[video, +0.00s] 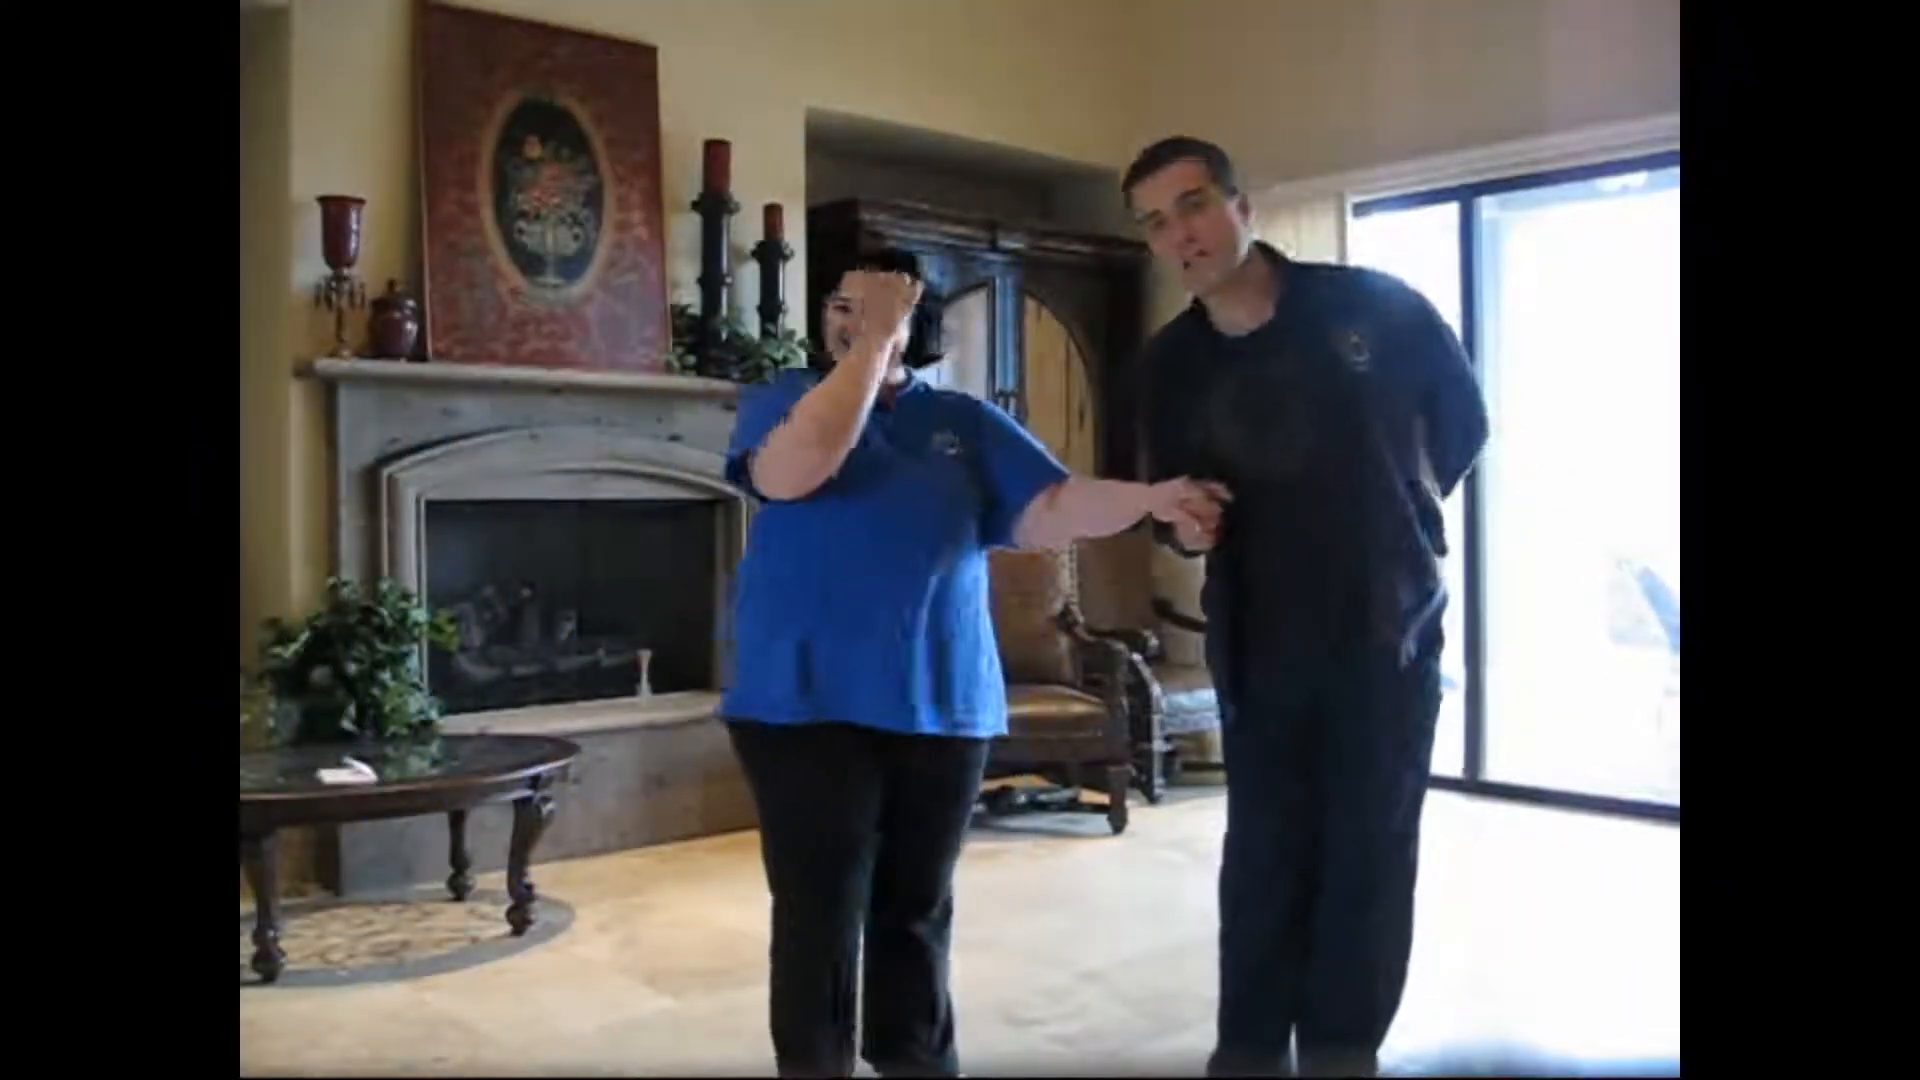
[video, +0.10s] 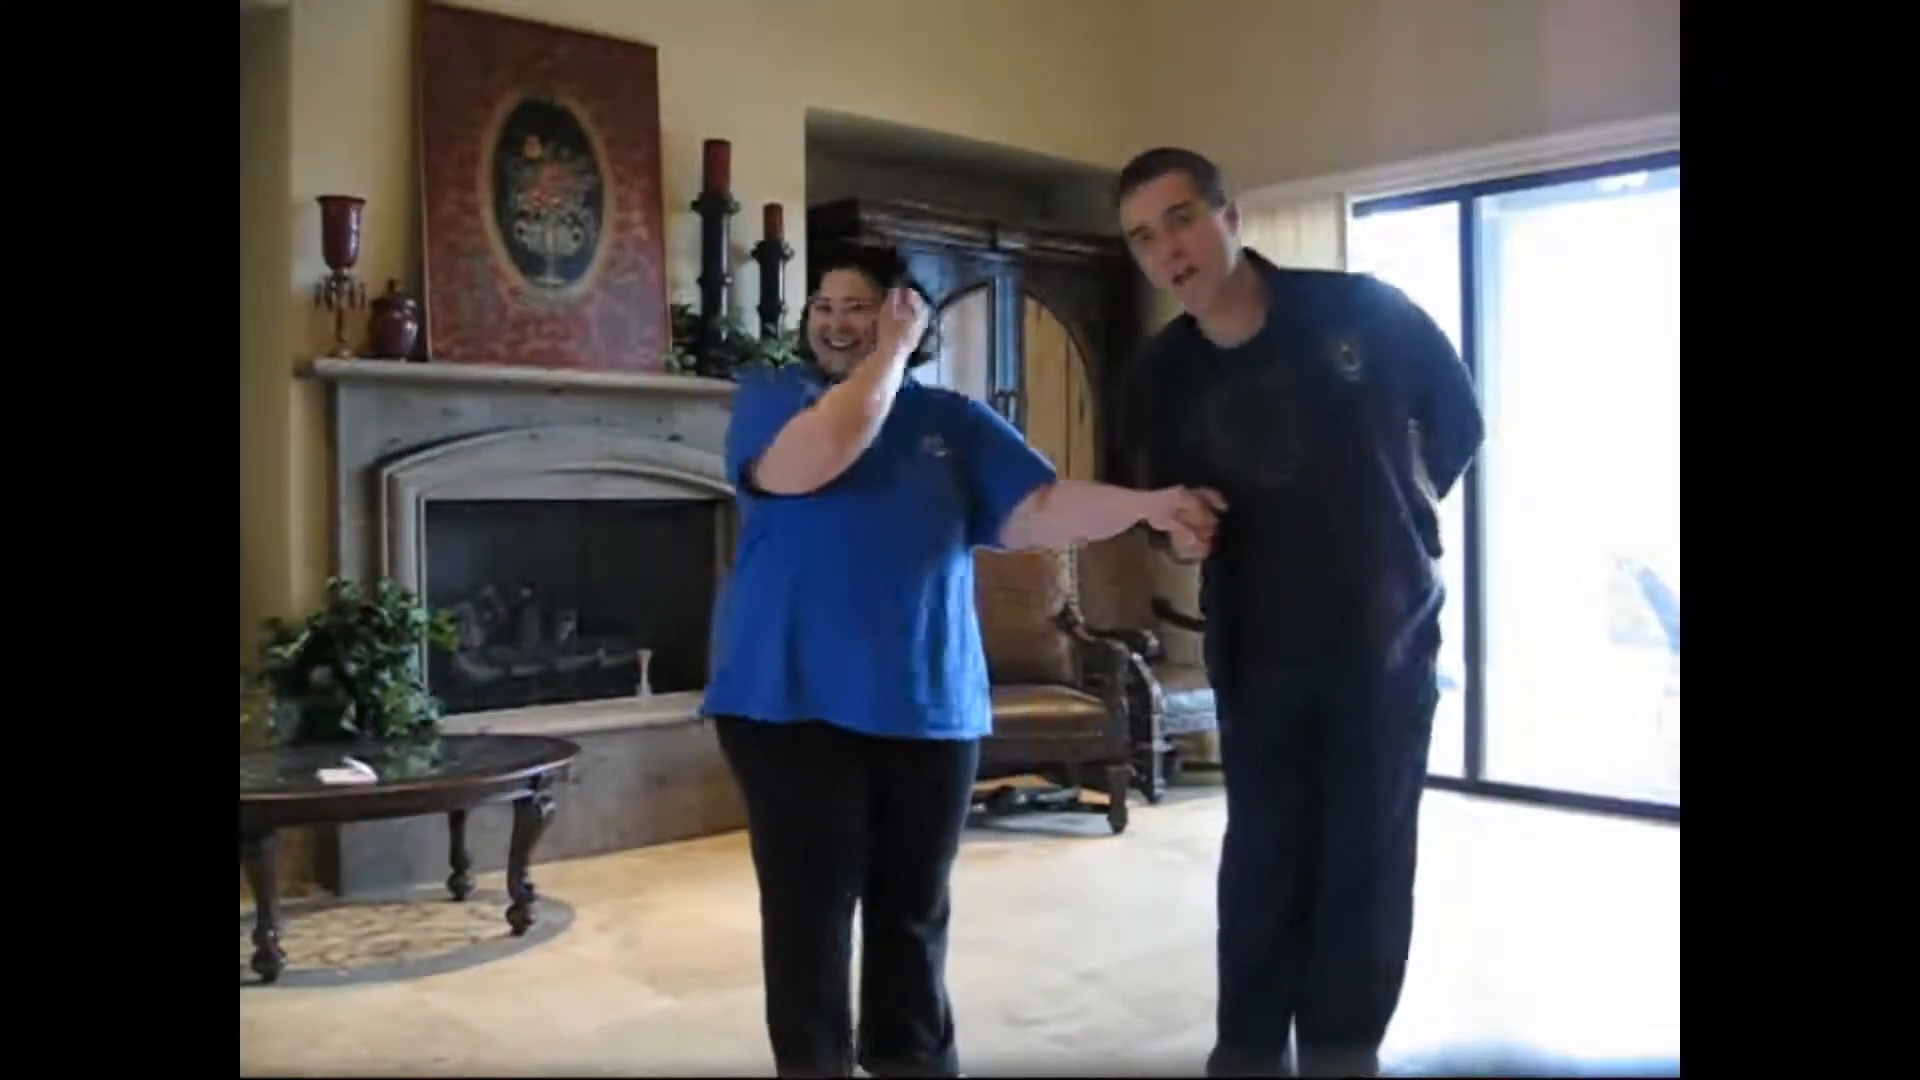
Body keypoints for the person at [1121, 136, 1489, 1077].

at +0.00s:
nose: (1179, 230)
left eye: (1193, 203)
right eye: (1157, 220)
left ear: (1242, 207)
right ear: (1150, 242)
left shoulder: (1375, 305)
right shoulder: (1163, 368)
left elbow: (1458, 430)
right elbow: (1151, 498)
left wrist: (1392, 520)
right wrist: (1182, 522)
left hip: (1382, 625)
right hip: (1258, 633)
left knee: (1368, 850)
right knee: (1265, 850)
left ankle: (1342, 1053)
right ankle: (1249, 1052)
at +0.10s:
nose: (1166, 247)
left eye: (1180, 218)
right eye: (1144, 236)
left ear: (1229, 216)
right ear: (1137, 256)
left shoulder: (1361, 309)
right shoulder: (1155, 375)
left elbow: (1455, 427)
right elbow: (1140, 500)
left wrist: (1392, 521)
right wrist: (1177, 527)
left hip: (1380, 633)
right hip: (1256, 641)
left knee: (1364, 862)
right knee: (1264, 861)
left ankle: (1341, 1059)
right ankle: (1246, 1060)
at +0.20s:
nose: (1158, 258)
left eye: (1171, 228)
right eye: (1134, 248)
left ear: (1219, 228)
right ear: (1125, 271)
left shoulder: (1353, 314)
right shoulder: (1146, 385)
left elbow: (1446, 431)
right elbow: (1141, 504)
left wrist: (1378, 519)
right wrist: (1174, 531)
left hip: (1378, 632)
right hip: (1253, 640)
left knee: (1362, 859)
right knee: (1262, 859)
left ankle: (1342, 1057)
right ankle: (1247, 1058)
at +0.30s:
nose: (1150, 267)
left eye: (1162, 237)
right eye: (1126, 257)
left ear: (1211, 232)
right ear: (1118, 279)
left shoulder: (1346, 317)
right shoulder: (1142, 387)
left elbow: (1442, 428)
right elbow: (1136, 507)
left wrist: (1373, 516)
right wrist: (1171, 530)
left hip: (1373, 633)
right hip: (1248, 641)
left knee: (1359, 855)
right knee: (1259, 856)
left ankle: (1342, 1054)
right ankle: (1246, 1055)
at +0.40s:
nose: (1141, 273)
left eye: (1154, 242)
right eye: (1118, 262)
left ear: (1204, 236)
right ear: (1111, 281)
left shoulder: (1338, 318)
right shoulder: (1139, 381)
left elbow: (1434, 430)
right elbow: (1130, 508)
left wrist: (1362, 517)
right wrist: (1166, 536)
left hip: (1368, 636)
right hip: (1244, 644)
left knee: (1356, 859)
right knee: (1256, 860)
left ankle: (1341, 1056)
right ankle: (1245, 1058)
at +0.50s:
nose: (1123, 273)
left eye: (1139, 244)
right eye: (1105, 259)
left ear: (1199, 232)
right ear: (1101, 269)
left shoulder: (1333, 316)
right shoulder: (1130, 381)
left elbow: (1432, 427)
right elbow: (1135, 516)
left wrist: (1362, 520)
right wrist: (1173, 562)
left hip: (1362, 633)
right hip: (1237, 641)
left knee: (1354, 858)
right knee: (1254, 858)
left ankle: (1341, 1058)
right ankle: (1246, 1058)